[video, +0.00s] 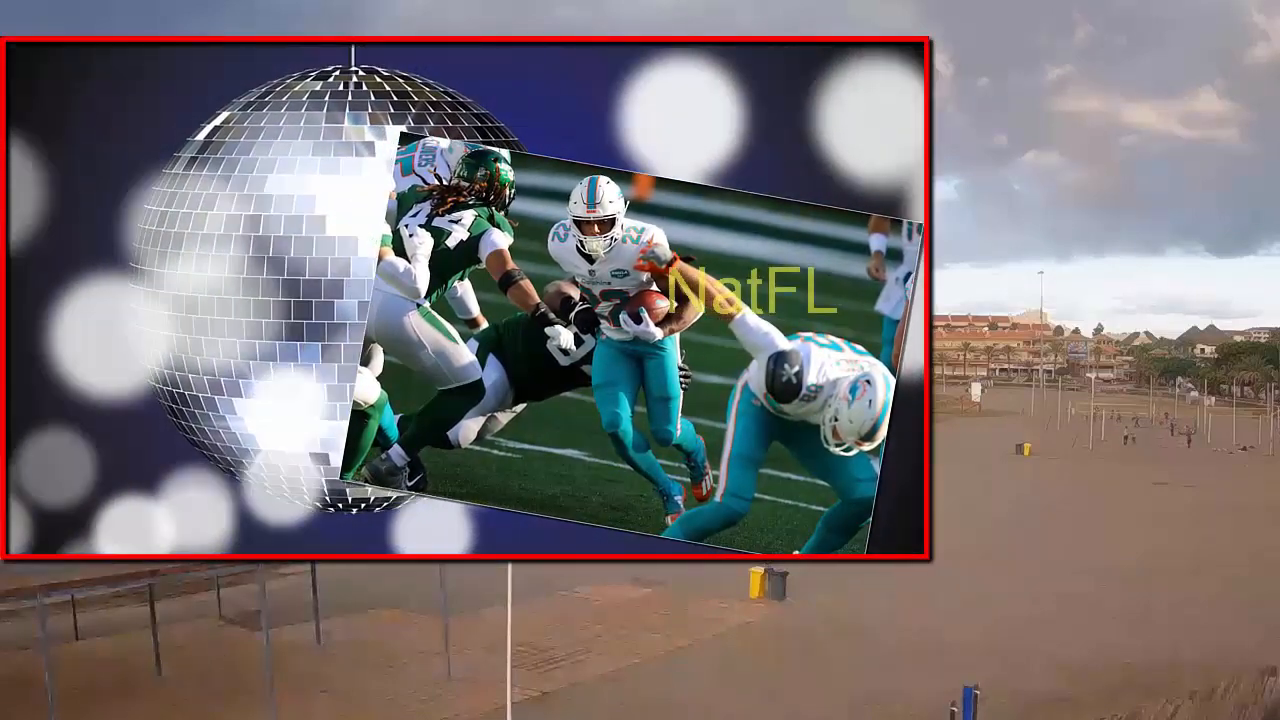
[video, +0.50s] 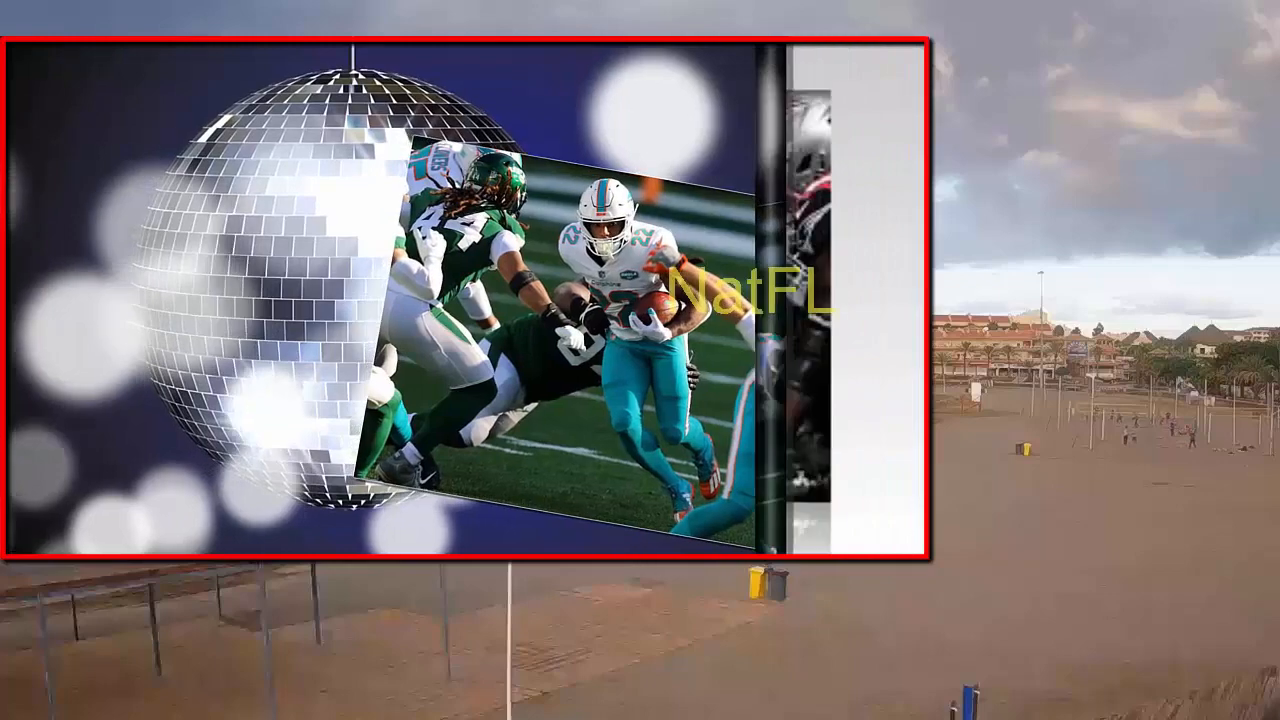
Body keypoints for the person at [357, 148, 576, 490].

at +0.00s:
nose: (507, 195)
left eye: (506, 188)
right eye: (506, 188)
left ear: (457, 177)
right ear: (496, 190)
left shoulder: (415, 197)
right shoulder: (485, 226)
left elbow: (370, 217)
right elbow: (508, 276)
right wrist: (545, 317)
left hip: (355, 291)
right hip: (400, 308)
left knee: (361, 374)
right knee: (469, 386)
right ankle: (395, 459)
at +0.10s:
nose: (510, 195)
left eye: (509, 188)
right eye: (508, 188)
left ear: (461, 177)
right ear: (499, 189)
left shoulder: (419, 196)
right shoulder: (489, 225)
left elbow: (374, 217)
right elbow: (511, 278)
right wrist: (548, 318)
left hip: (358, 290)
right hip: (402, 308)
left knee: (364, 377)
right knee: (472, 386)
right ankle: (397, 459)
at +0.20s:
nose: (513, 196)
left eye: (512, 189)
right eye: (511, 189)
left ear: (463, 178)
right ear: (501, 190)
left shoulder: (423, 198)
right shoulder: (491, 226)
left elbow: (379, 215)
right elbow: (513, 278)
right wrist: (551, 319)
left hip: (360, 290)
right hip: (405, 309)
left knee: (365, 381)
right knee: (474, 386)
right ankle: (399, 459)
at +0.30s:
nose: (514, 195)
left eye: (514, 188)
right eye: (512, 188)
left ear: (465, 178)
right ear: (503, 190)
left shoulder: (423, 198)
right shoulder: (491, 227)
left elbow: (379, 222)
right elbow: (515, 278)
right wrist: (551, 316)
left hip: (364, 290)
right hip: (408, 309)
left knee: (372, 371)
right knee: (476, 386)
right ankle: (403, 458)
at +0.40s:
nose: (515, 198)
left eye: (514, 190)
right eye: (513, 190)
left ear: (468, 179)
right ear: (503, 191)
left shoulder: (426, 199)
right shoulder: (494, 228)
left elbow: (381, 223)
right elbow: (517, 278)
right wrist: (553, 317)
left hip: (369, 292)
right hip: (412, 310)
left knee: (373, 373)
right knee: (478, 385)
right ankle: (405, 457)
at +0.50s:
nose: (519, 199)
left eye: (518, 192)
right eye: (517, 192)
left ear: (471, 179)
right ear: (506, 192)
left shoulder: (429, 199)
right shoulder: (497, 228)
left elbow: (384, 223)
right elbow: (520, 279)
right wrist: (555, 317)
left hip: (371, 292)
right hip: (414, 310)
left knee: (376, 372)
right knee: (481, 385)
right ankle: (408, 457)